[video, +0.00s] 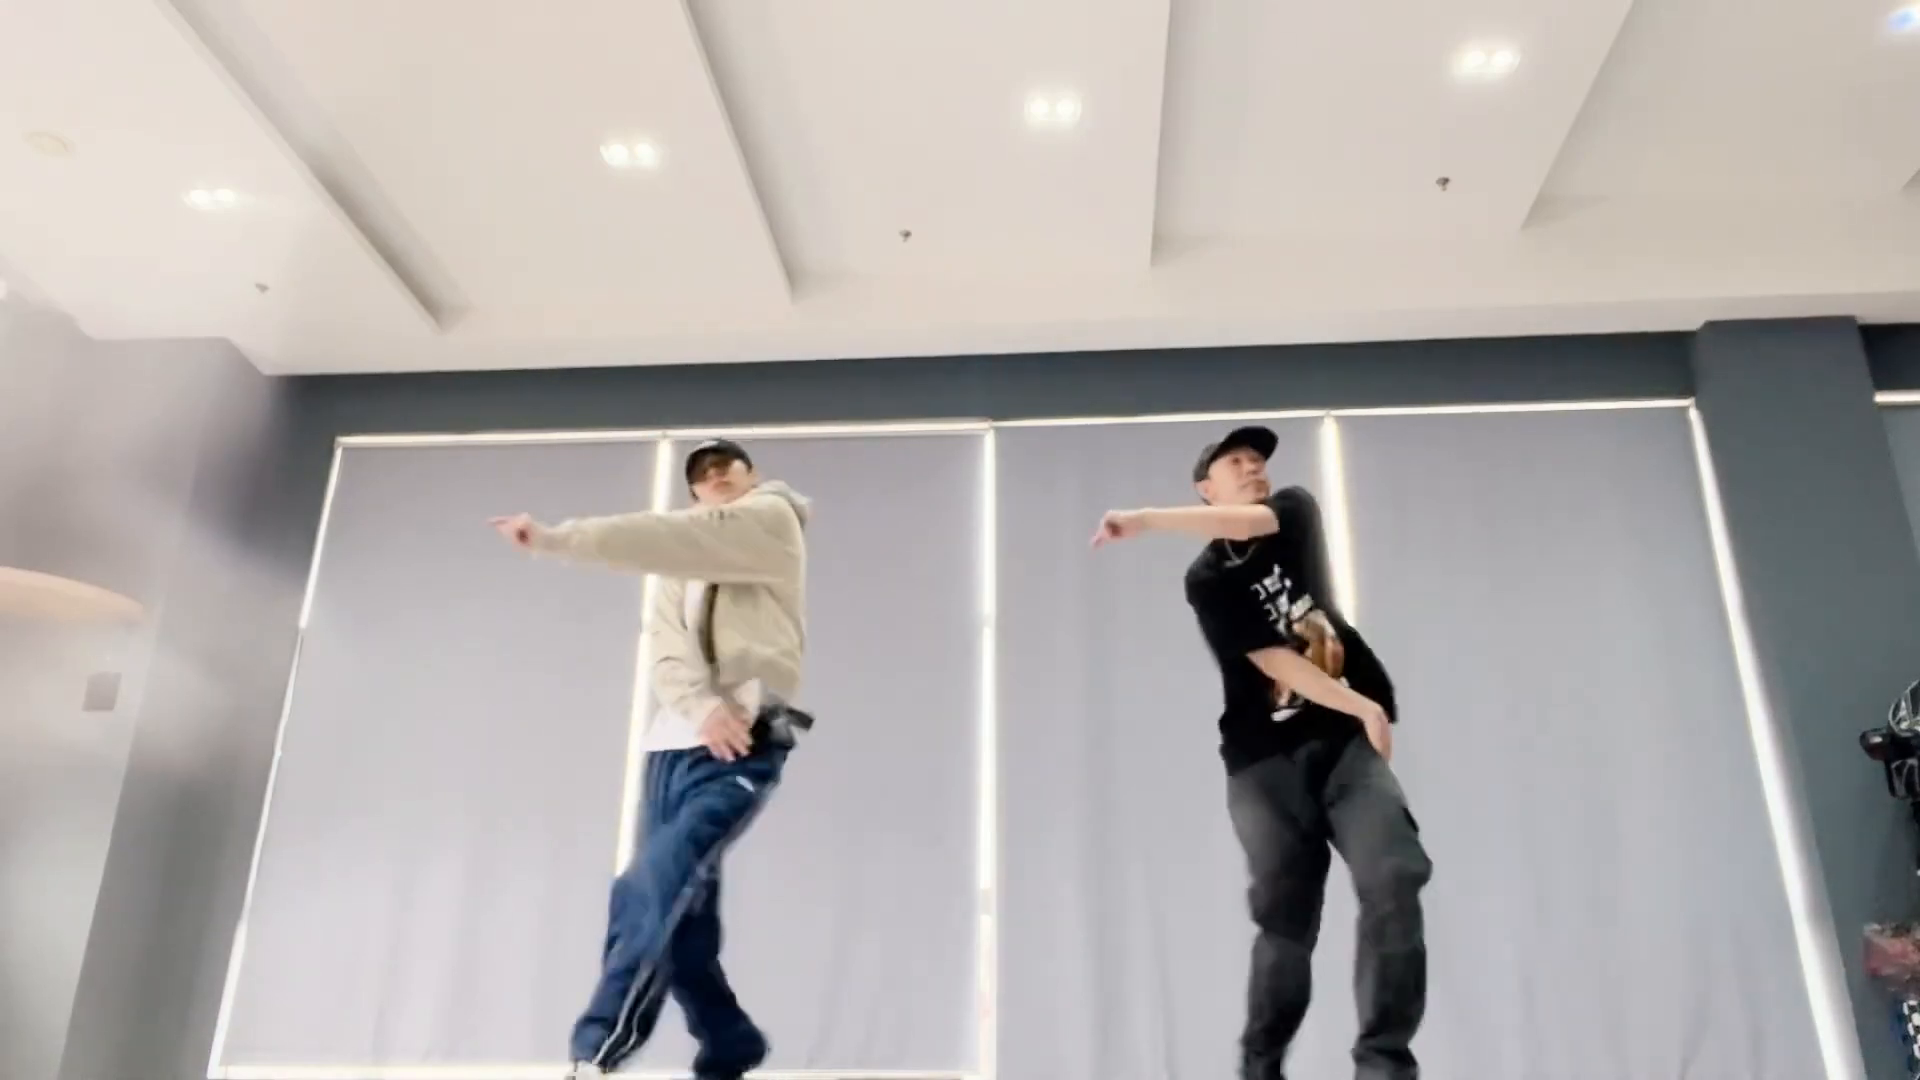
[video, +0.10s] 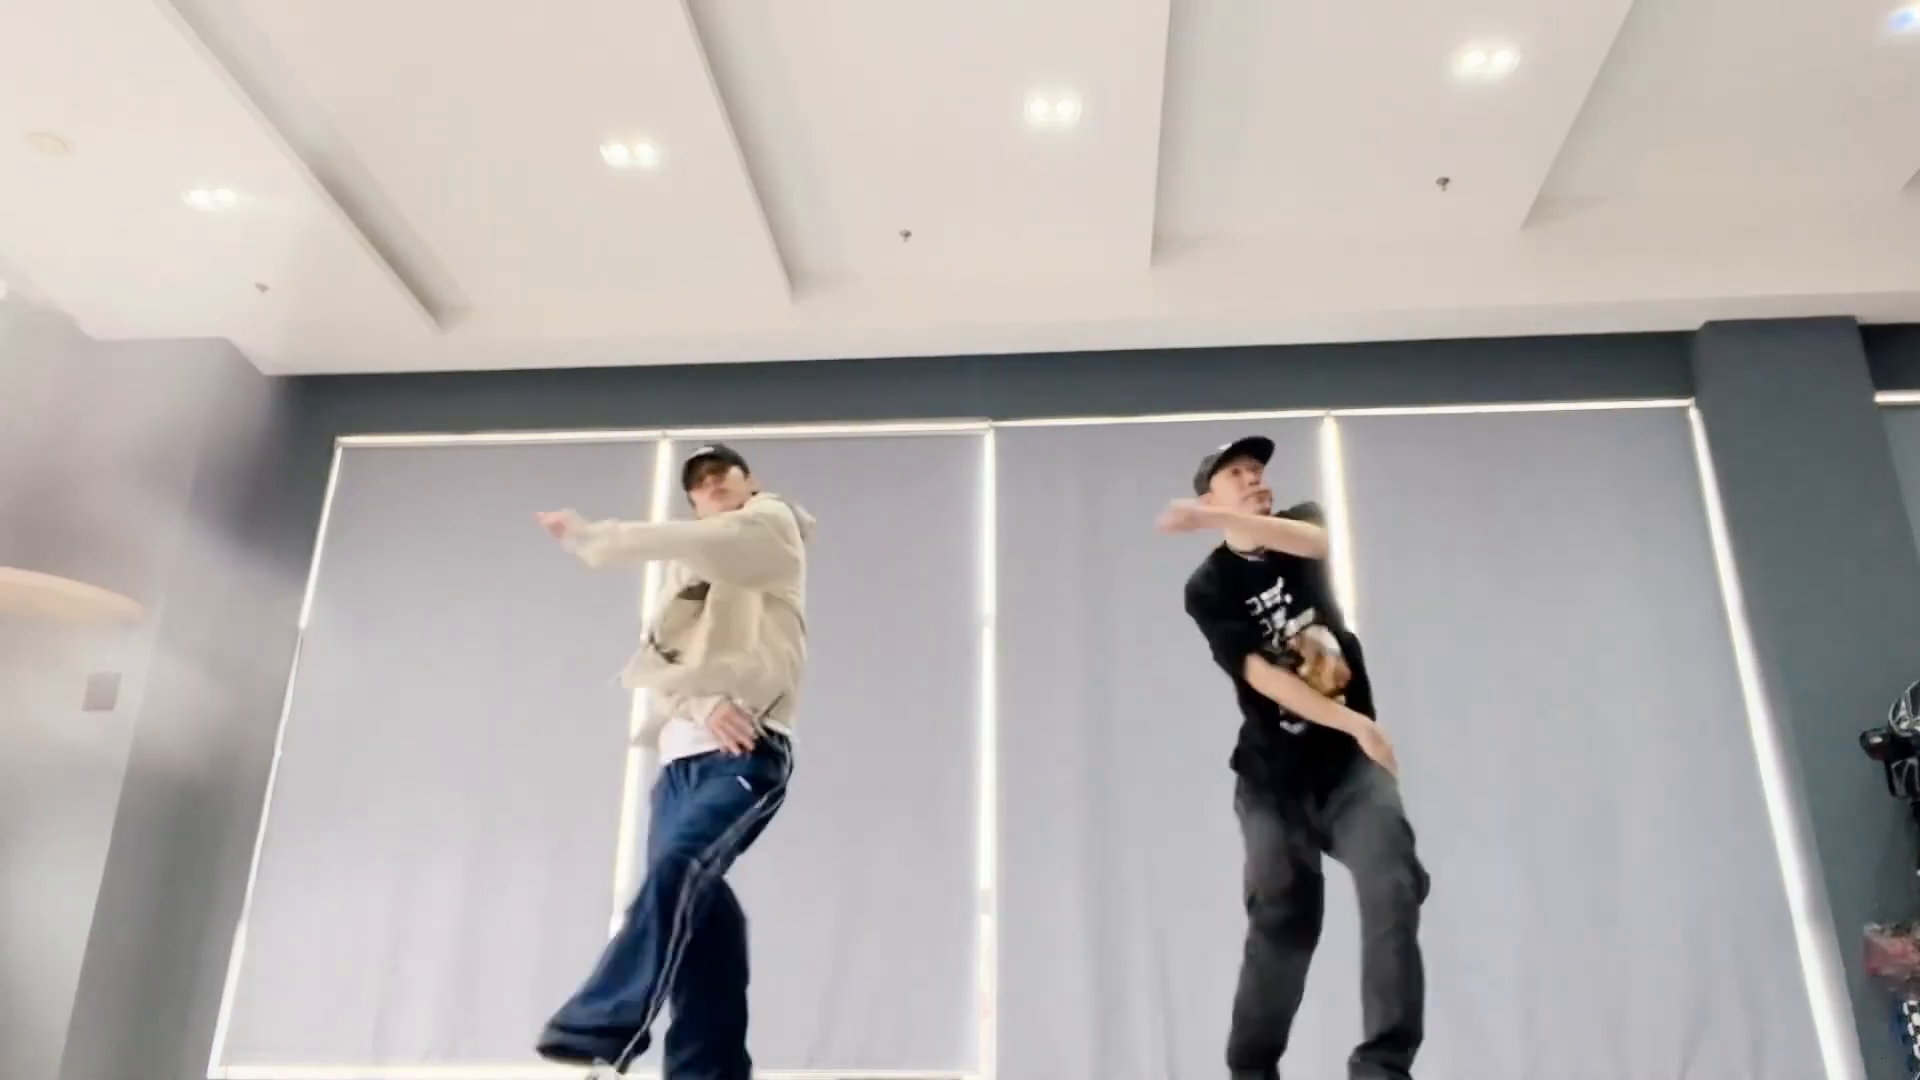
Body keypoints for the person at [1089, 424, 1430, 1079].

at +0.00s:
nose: (1252, 469)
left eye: (1258, 461)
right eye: (1235, 463)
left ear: (1270, 475)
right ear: (1203, 486)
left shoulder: (1297, 511)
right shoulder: (1207, 576)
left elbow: (1248, 523)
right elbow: (1274, 661)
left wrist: (1144, 519)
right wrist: (1362, 706)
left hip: (1344, 738)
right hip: (1263, 756)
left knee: (1395, 873)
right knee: (1285, 910)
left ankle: (1385, 1058)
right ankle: (1261, 1063)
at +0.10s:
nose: (1256, 481)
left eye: (1258, 473)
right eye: (1237, 476)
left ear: (1270, 483)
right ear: (1209, 499)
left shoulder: (1309, 526)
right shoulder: (1208, 586)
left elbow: (1301, 541)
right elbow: (1258, 674)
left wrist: (1208, 516)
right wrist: (1354, 722)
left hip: (1348, 758)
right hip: (1272, 770)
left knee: (1392, 878)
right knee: (1281, 913)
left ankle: (1384, 1062)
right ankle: (1252, 1068)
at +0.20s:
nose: (1242, 481)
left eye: (1247, 469)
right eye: (1225, 478)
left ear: (1265, 477)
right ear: (1211, 502)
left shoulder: (1313, 533)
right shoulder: (1208, 580)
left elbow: (1365, 549)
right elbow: (1227, 675)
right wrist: (1307, 712)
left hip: (1331, 739)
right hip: (1259, 759)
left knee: (1324, 878)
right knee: (1246, 905)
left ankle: (1372, 1061)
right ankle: (1324, 1046)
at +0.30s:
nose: (1251, 502)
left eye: (1258, 488)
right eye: (1235, 499)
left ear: (1283, 496)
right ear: (1227, 523)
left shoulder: (1336, 558)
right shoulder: (1225, 601)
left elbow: (1439, 560)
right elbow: (1226, 697)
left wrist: (1445, 601)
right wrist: (1278, 726)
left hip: (1334, 753)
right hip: (1268, 773)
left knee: (1254, 887)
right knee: (1240, 927)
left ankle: (1324, 1063)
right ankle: (1379, 1063)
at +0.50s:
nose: (1226, 500)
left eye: (1235, 483)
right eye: (1215, 497)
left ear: (1270, 484)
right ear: (1215, 514)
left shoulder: (1324, 525)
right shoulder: (1245, 598)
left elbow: (1420, 501)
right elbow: (1272, 696)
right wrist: (1230, 756)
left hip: (1355, 709)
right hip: (1289, 736)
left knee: (1305, 863)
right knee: (1215, 889)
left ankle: (1327, 1067)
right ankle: (1277, 1050)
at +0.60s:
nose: (1235, 519)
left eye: (1241, 502)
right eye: (1225, 515)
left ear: (1274, 490)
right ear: (1232, 529)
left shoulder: (1318, 514)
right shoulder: (1279, 591)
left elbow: (1277, 418)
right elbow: (1296, 687)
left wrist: (1261, 321)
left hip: (1368, 737)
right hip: (1302, 747)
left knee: (1322, 896)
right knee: (1230, 892)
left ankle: (1379, 1071)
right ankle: (1111, 1013)